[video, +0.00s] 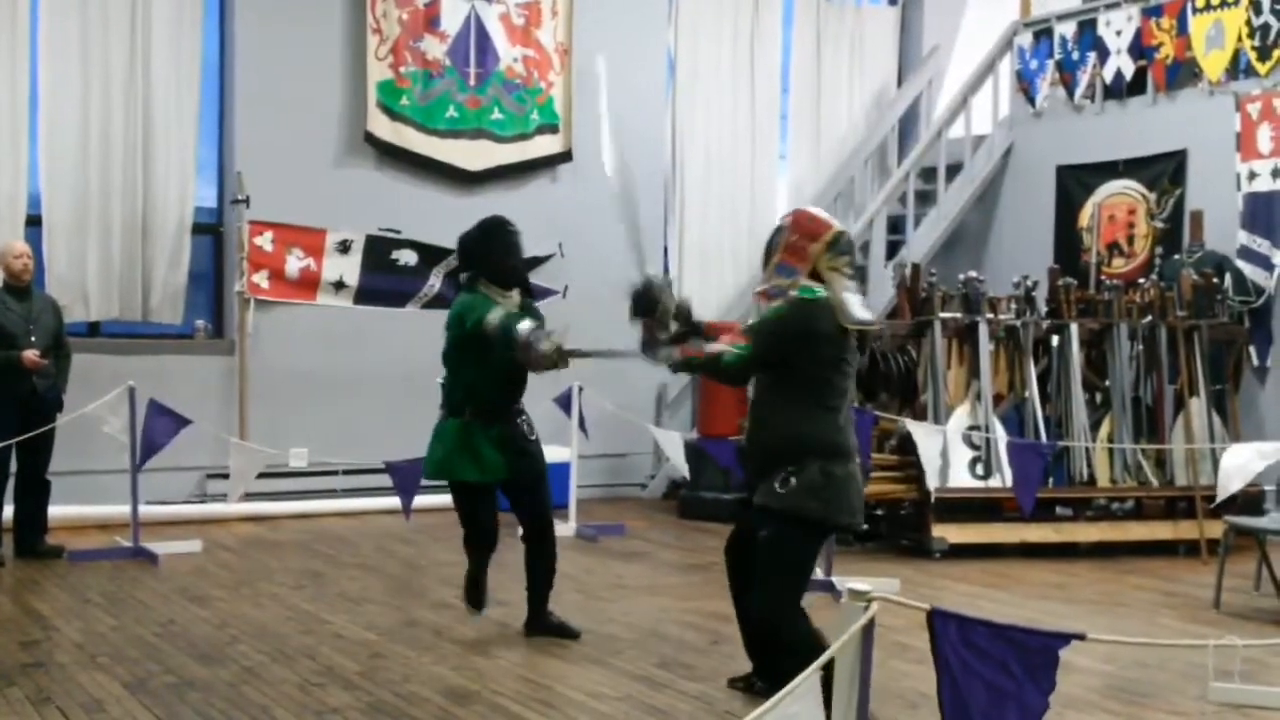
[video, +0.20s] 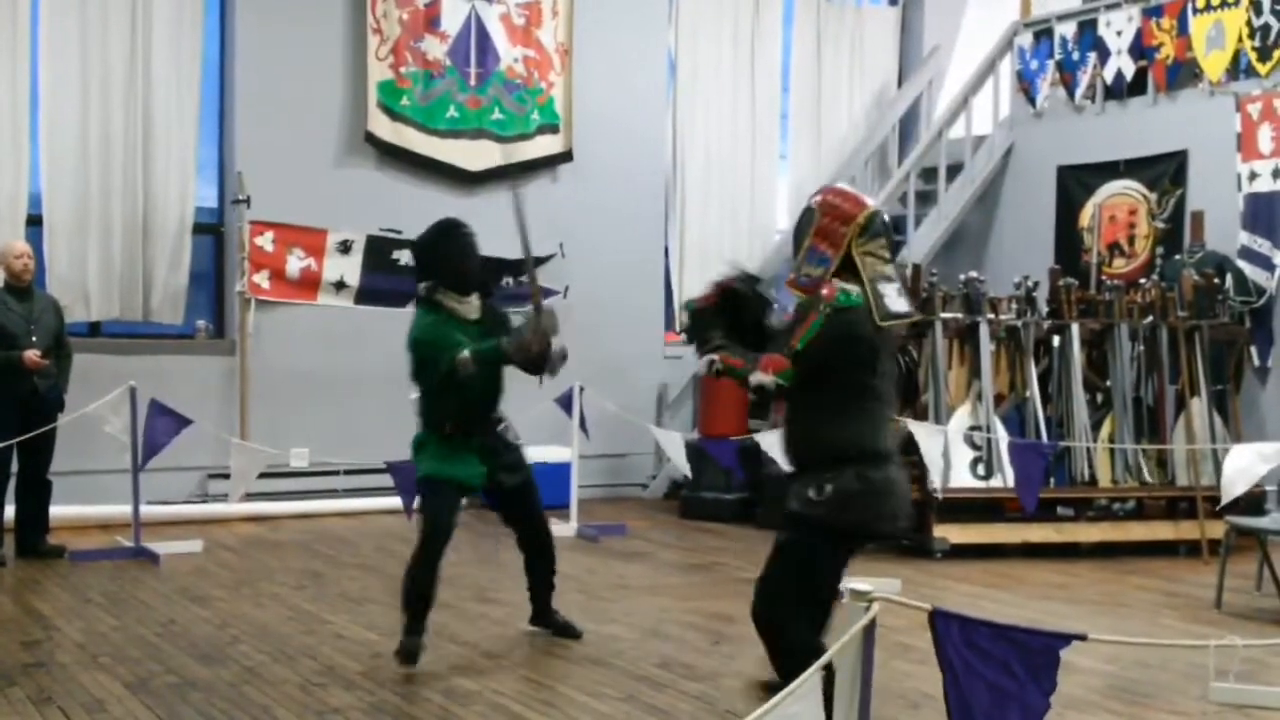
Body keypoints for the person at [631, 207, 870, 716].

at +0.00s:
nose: (776, 257)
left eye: (783, 248)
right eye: (779, 248)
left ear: (800, 253)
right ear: (817, 255)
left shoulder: (807, 312)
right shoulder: (812, 308)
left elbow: (738, 367)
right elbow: (751, 347)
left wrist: (679, 358)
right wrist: (697, 334)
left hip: (808, 480)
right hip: (796, 474)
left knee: (770, 587)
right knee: (741, 554)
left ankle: (820, 681)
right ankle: (771, 670)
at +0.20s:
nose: (801, 244)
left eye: (811, 233)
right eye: (805, 232)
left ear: (831, 241)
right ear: (851, 242)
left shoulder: (840, 308)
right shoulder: (857, 305)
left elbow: (784, 372)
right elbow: (805, 367)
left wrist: (723, 353)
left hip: (841, 486)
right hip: (855, 482)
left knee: (776, 602)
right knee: (802, 594)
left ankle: (811, 696)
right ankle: (808, 685)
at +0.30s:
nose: (810, 254)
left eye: (818, 242)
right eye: (813, 241)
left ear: (838, 248)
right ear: (871, 246)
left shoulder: (851, 316)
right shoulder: (893, 308)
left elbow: (794, 390)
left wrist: (751, 376)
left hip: (865, 492)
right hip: (902, 486)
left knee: (787, 601)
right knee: (833, 591)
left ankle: (831, 706)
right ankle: (884, 696)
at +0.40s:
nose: (841, 247)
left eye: (849, 235)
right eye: (843, 234)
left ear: (869, 240)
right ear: (904, 239)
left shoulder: (874, 311)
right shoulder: (930, 306)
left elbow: (831, 390)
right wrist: (807, 347)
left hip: (894, 498)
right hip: (941, 493)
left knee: (808, 595)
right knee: (879, 592)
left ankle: (832, 707)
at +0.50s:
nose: (875, 254)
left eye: (884, 241)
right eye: (878, 240)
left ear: (907, 247)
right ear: (946, 243)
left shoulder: (909, 312)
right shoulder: (975, 306)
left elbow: (858, 385)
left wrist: (817, 404)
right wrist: (842, 380)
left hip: (929, 505)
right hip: (984, 502)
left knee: (830, 591)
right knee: (947, 615)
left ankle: (837, 708)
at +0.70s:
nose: (977, 241)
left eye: (987, 229)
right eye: (981, 227)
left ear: (1009, 234)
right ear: (1049, 228)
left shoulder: (1006, 308)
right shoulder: (1082, 295)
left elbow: (969, 402)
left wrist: (937, 434)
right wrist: (957, 415)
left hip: (1026, 510)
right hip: (1091, 505)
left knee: (932, 622)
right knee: (1117, 635)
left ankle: (883, 710)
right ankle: (1178, 714)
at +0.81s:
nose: (1014, 224)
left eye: (1023, 210)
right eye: (1017, 210)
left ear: (1047, 218)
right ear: (1086, 216)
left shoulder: (1052, 293)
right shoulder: (1124, 282)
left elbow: (1026, 393)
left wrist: (987, 425)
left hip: (1064, 495)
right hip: (1128, 490)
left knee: (962, 594)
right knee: (1144, 633)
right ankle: (1190, 715)